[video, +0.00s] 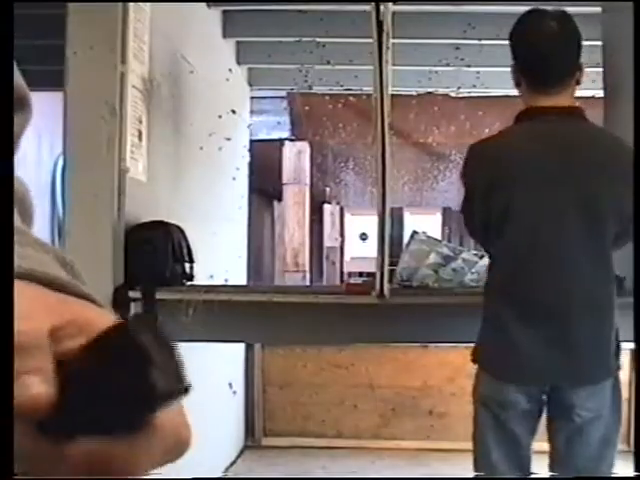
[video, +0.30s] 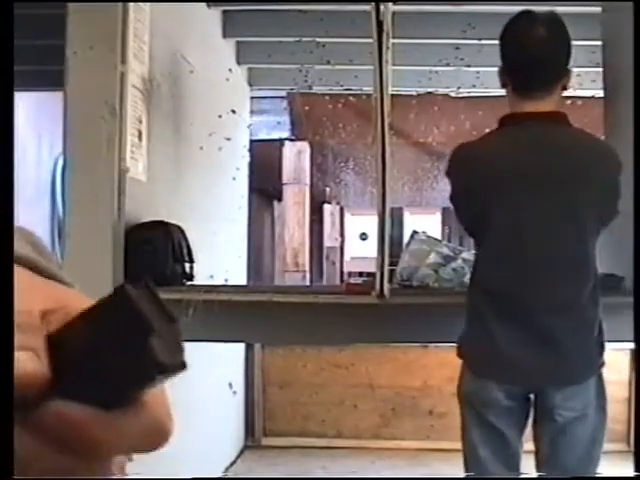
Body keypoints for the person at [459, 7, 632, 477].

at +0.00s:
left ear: (516, 76)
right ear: (579, 74)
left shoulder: (486, 156)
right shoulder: (616, 154)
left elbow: (480, 230)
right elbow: (621, 229)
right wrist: (573, 246)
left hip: (509, 352)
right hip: (589, 354)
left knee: (500, 471)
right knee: (586, 472)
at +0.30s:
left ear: (503, 78)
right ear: (567, 80)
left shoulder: (469, 159)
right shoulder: (600, 159)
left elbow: (477, 227)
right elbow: (595, 220)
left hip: (492, 355)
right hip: (571, 357)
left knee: (490, 472)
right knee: (570, 472)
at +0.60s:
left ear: (502, 78)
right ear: (566, 81)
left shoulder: (466, 161)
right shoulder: (597, 160)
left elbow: (475, 230)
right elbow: (579, 224)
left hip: (489, 357)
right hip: (568, 360)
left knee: (489, 472)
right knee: (567, 472)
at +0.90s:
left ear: (503, 79)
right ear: (567, 79)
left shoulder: (467, 160)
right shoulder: (598, 158)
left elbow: (477, 223)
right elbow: (569, 220)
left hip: (489, 359)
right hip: (567, 361)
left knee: (489, 472)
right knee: (568, 472)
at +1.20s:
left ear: (504, 79)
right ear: (568, 80)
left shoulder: (468, 159)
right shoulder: (598, 158)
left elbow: (479, 220)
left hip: (489, 358)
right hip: (567, 361)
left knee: (488, 472)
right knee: (568, 472)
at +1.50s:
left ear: (505, 79)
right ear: (569, 81)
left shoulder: (467, 158)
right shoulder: (598, 158)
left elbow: (482, 220)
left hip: (489, 359)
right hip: (567, 362)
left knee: (489, 472)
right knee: (568, 472)